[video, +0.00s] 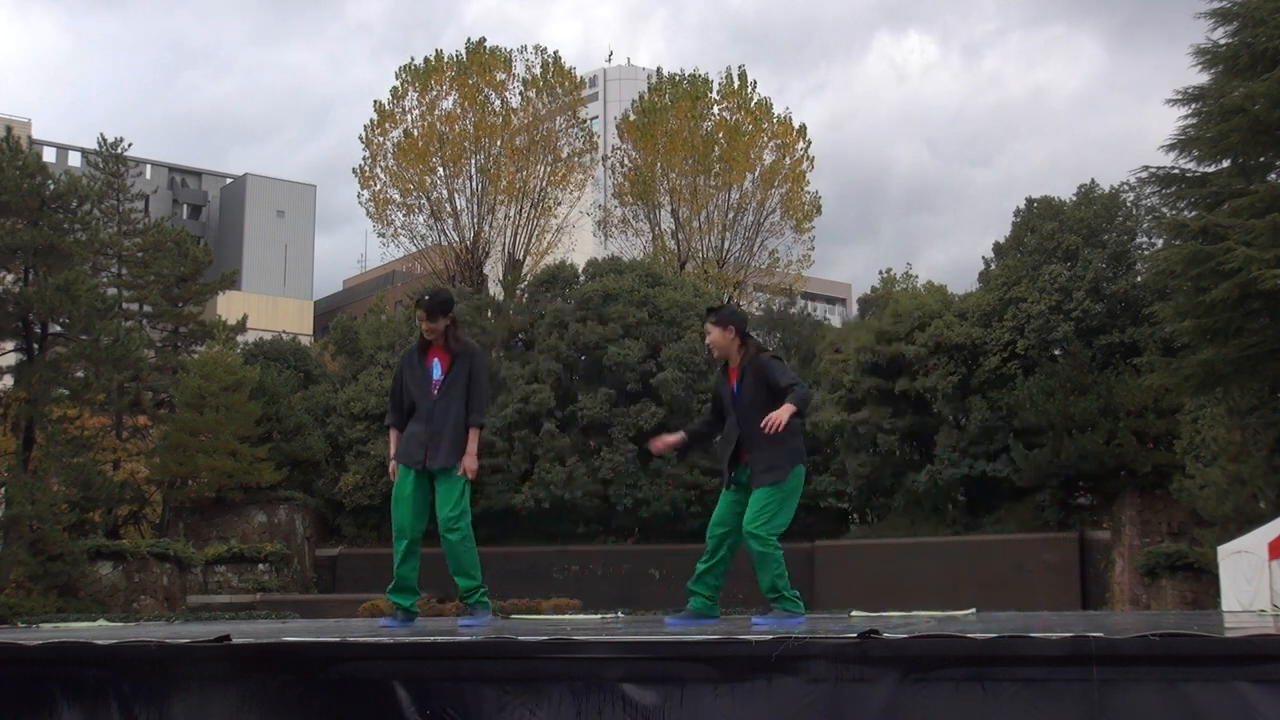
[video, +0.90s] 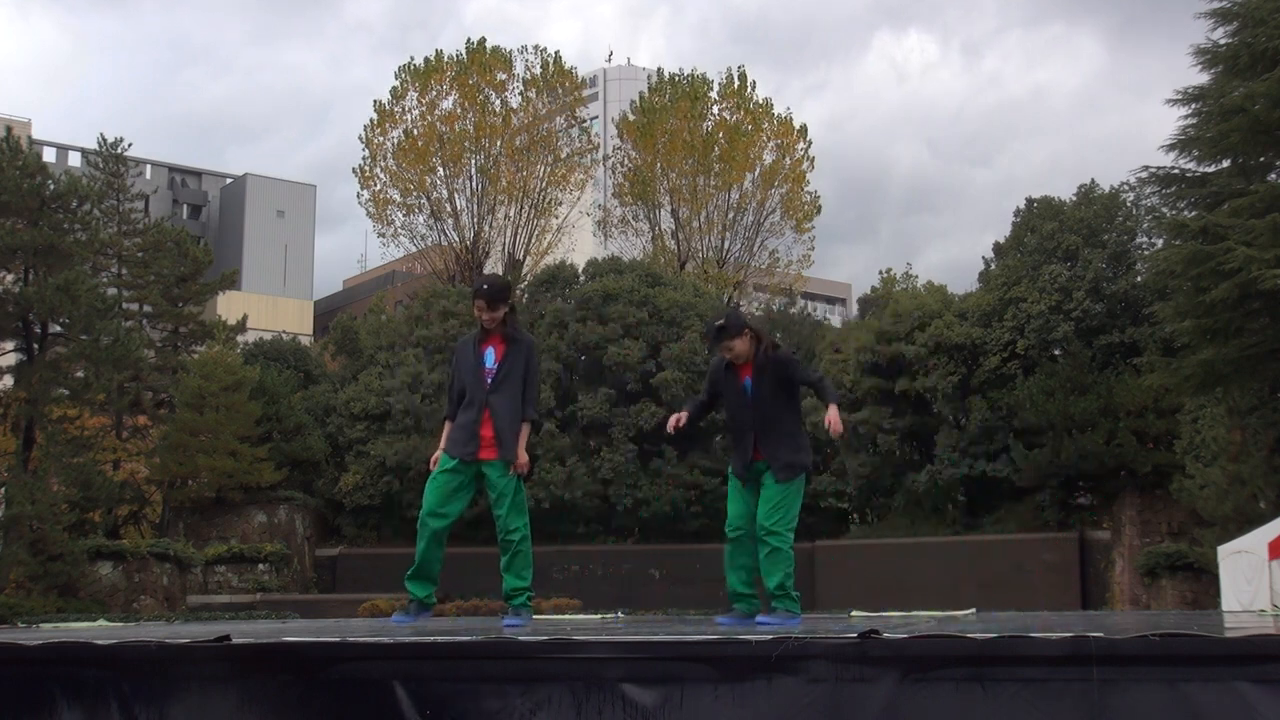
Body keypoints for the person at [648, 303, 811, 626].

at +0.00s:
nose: (707, 341)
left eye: (710, 334)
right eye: (706, 335)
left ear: (732, 333)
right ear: (729, 335)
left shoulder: (764, 363)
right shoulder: (725, 376)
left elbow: (800, 390)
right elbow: (714, 421)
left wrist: (787, 408)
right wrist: (679, 438)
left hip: (780, 467)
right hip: (743, 468)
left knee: (757, 529)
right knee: (720, 532)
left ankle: (787, 607)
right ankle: (703, 606)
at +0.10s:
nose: (706, 332)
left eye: (711, 325)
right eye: (705, 326)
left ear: (733, 325)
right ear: (722, 328)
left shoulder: (765, 359)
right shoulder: (719, 371)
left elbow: (799, 379)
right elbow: (689, 398)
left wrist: (809, 393)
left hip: (784, 462)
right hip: (747, 465)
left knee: (766, 528)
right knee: (735, 528)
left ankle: (788, 607)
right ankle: (738, 607)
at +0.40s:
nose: (740, 323)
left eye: (746, 316)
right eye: (735, 317)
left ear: (765, 315)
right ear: (731, 320)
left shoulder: (787, 355)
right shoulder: (722, 354)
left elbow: (821, 388)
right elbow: (687, 369)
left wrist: (858, 406)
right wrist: (674, 357)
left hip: (777, 458)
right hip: (736, 458)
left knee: (773, 528)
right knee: (740, 533)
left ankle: (784, 605)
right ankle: (752, 604)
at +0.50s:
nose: (745, 329)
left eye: (750, 321)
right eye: (739, 323)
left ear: (769, 316)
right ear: (734, 322)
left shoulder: (789, 354)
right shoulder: (726, 353)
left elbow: (811, 393)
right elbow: (687, 365)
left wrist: (838, 426)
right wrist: (685, 352)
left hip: (777, 458)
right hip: (736, 457)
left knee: (768, 528)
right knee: (731, 527)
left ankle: (785, 606)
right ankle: (768, 576)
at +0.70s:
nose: (738, 360)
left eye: (743, 352)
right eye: (734, 354)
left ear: (761, 344)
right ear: (729, 352)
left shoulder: (788, 376)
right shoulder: (724, 377)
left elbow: (800, 420)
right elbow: (691, 405)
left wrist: (811, 457)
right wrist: (684, 391)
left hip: (775, 474)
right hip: (734, 473)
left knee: (753, 537)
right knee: (704, 526)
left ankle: (785, 608)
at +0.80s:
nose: (727, 362)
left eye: (731, 355)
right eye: (722, 357)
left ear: (749, 344)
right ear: (719, 355)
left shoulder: (781, 370)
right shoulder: (721, 379)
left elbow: (809, 408)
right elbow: (705, 405)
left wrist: (823, 445)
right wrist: (683, 410)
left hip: (781, 469)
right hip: (740, 469)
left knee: (760, 531)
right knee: (717, 528)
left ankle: (785, 608)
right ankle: (718, 608)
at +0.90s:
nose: (727, 352)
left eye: (731, 344)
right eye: (722, 347)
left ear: (748, 336)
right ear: (719, 347)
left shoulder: (777, 363)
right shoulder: (722, 370)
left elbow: (818, 381)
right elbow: (707, 399)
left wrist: (832, 406)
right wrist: (687, 413)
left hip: (784, 462)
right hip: (744, 464)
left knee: (772, 529)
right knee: (737, 531)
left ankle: (785, 607)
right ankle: (744, 606)